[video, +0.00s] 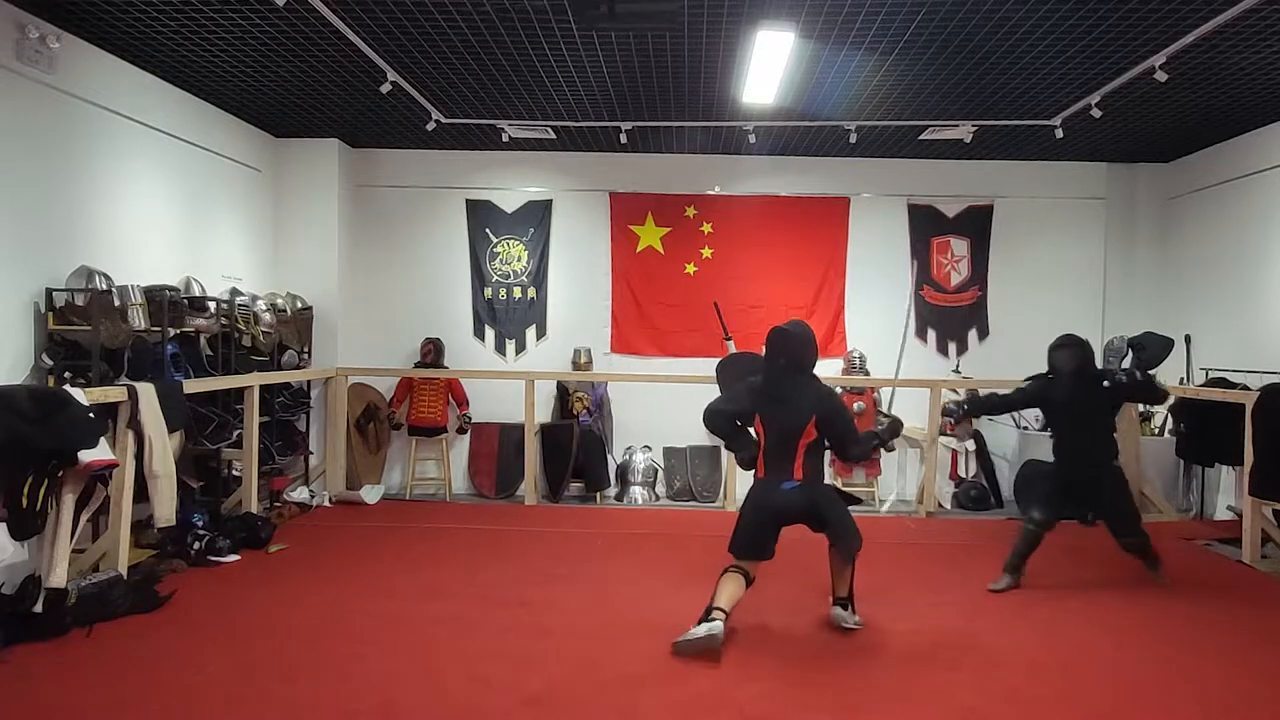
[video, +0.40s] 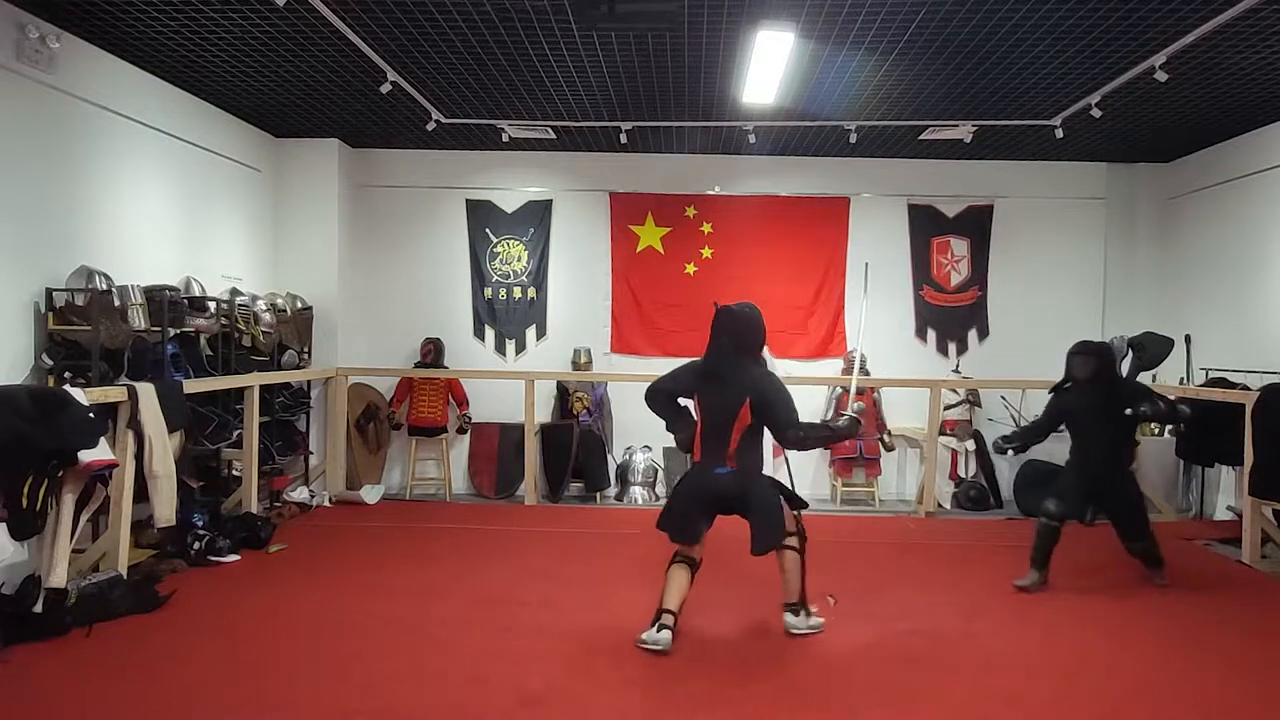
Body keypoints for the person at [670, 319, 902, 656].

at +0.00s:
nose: (812, 357)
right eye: (810, 351)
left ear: (771, 354)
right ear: (809, 356)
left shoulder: (756, 389)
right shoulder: (823, 396)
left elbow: (714, 414)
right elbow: (851, 449)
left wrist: (744, 446)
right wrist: (880, 434)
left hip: (765, 494)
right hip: (811, 494)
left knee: (742, 565)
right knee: (844, 538)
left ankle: (714, 619)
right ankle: (842, 606)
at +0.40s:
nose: (764, 339)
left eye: (761, 333)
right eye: (761, 333)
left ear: (719, 336)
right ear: (756, 338)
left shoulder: (699, 370)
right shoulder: (762, 380)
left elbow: (656, 394)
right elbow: (791, 435)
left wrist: (684, 427)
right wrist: (841, 430)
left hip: (700, 481)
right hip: (747, 484)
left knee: (687, 552)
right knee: (790, 529)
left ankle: (664, 625)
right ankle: (796, 612)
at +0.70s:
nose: (746, 341)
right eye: (742, 335)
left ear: (700, 340)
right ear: (737, 340)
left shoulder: (683, 374)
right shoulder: (746, 381)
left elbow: (639, 401)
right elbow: (773, 439)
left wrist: (668, 432)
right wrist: (822, 427)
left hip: (680, 485)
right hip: (727, 487)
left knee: (655, 547)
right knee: (771, 537)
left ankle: (626, 610)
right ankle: (754, 614)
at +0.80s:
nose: (730, 342)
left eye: (726, 335)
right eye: (726, 337)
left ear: (685, 345)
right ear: (717, 345)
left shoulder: (667, 379)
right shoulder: (729, 387)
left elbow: (626, 405)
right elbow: (758, 443)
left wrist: (656, 436)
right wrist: (804, 428)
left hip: (667, 489)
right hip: (715, 491)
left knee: (636, 552)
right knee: (766, 537)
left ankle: (582, 605)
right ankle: (753, 615)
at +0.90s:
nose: (702, 335)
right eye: (698, 330)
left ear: (655, 339)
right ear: (693, 339)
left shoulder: (640, 374)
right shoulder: (701, 383)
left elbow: (604, 401)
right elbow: (721, 446)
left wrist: (634, 431)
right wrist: (742, 418)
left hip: (643, 483)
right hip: (690, 486)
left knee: (618, 557)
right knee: (743, 537)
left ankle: (555, 609)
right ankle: (755, 616)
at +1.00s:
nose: (679, 334)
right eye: (675, 328)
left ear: (629, 331)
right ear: (672, 336)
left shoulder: (610, 362)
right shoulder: (675, 380)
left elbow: (570, 387)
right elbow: (683, 426)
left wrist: (601, 414)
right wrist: (679, 385)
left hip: (602, 477)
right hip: (649, 477)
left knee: (596, 556)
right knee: (700, 541)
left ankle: (546, 619)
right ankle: (727, 621)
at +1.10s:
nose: (649, 334)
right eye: (647, 328)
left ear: (603, 331)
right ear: (642, 336)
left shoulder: (583, 365)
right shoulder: (645, 376)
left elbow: (540, 389)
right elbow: (682, 411)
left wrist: (573, 419)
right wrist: (673, 377)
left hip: (575, 480)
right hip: (620, 482)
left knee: (567, 548)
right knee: (665, 540)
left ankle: (529, 611)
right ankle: (646, 624)